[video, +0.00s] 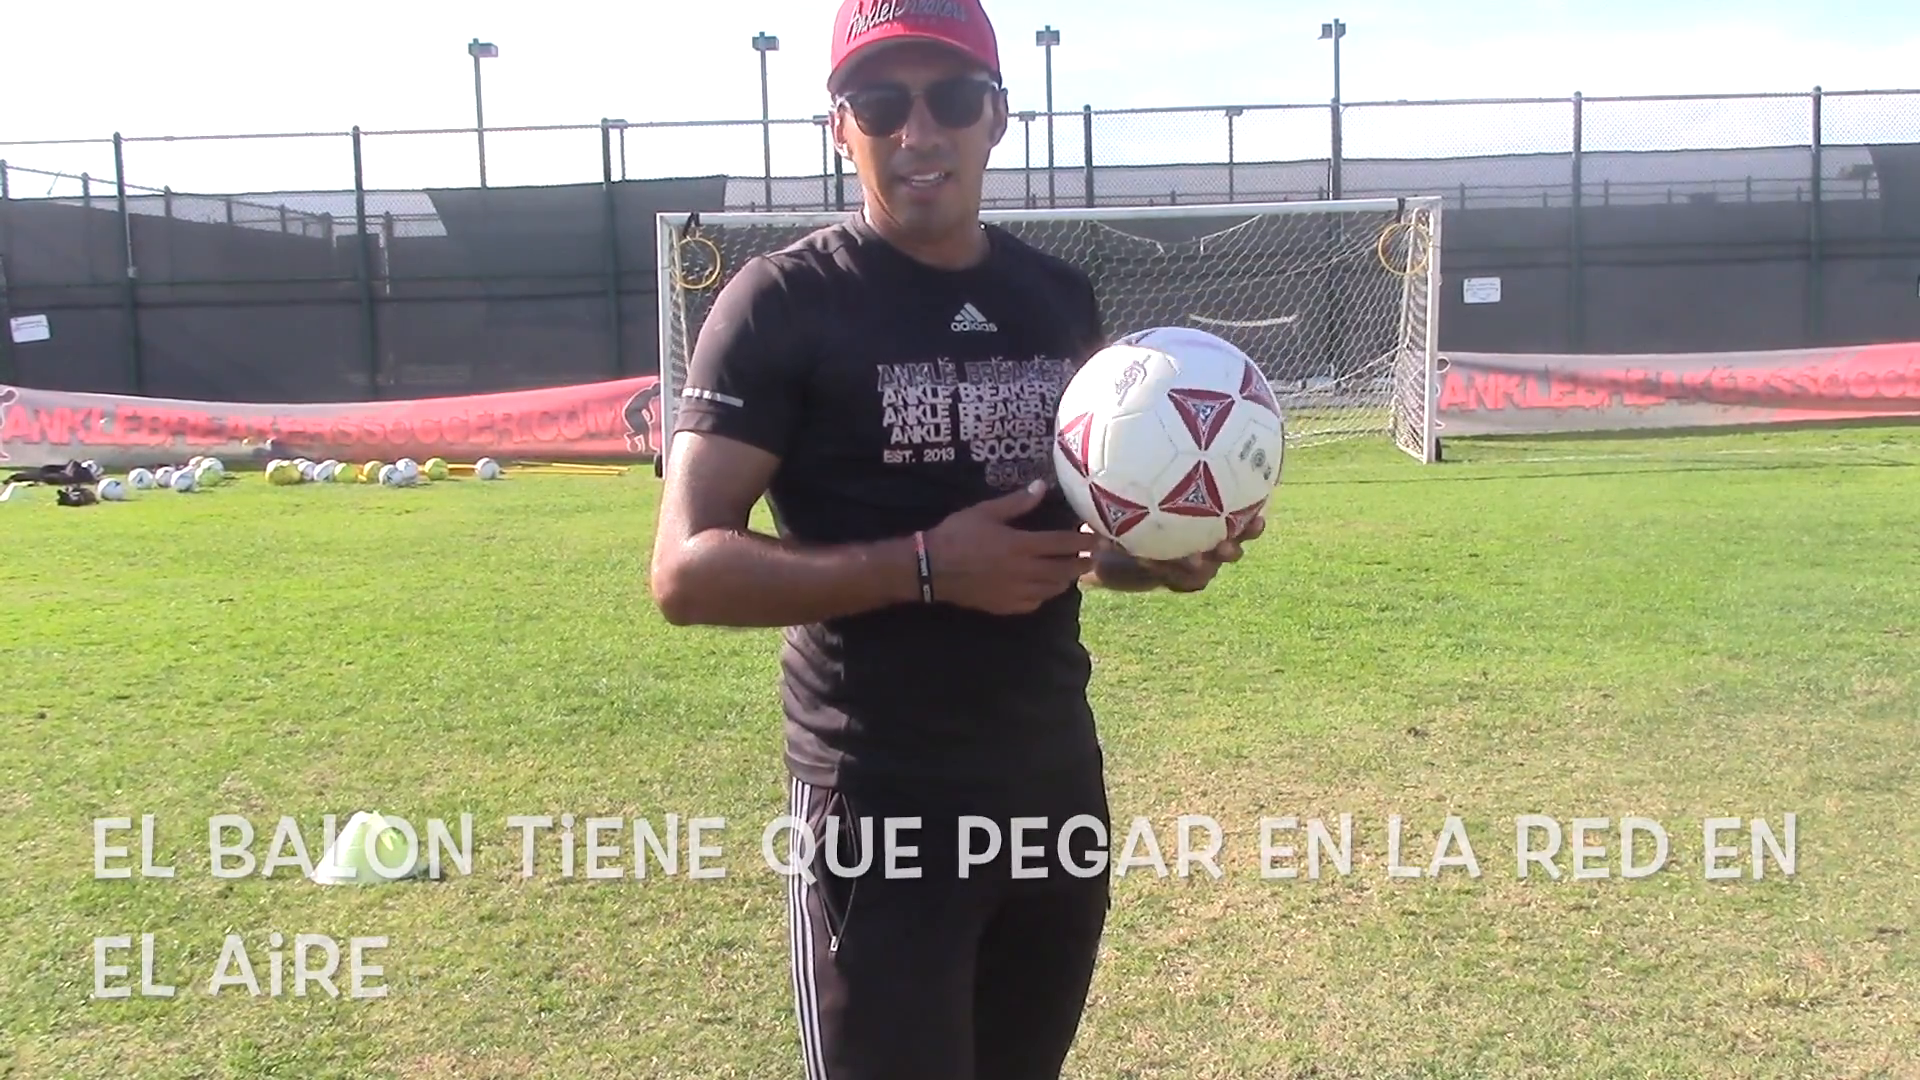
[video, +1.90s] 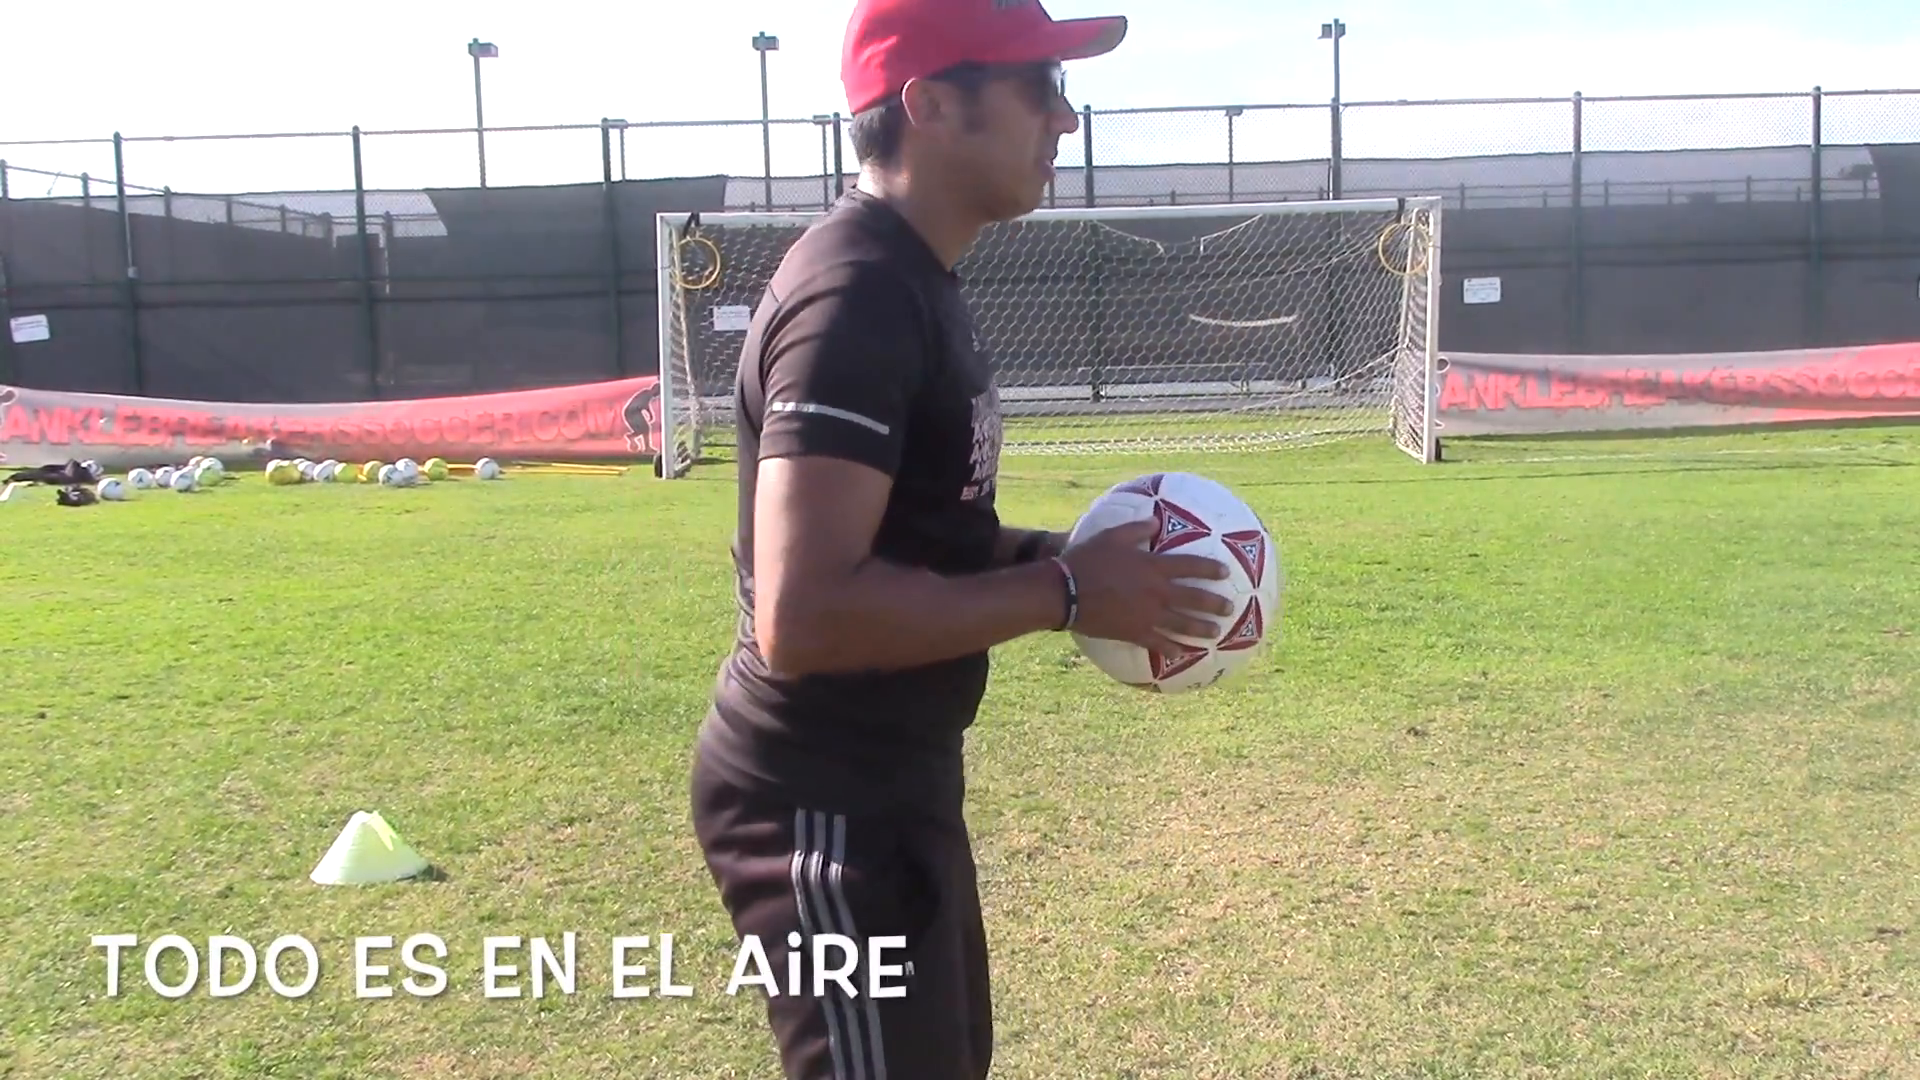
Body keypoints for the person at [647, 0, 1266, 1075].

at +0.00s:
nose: (920, 134)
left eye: (952, 101)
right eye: (884, 104)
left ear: (996, 118)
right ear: (841, 129)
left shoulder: (1056, 297)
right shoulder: (776, 304)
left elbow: (1087, 527)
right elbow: (685, 571)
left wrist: (1165, 553)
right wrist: (925, 564)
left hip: (1052, 772)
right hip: (873, 783)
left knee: (1022, 1063)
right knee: (889, 1062)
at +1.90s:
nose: (1066, 116)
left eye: (1056, 87)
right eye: (1037, 87)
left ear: (942, 109)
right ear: (931, 104)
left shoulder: (914, 280)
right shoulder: (859, 287)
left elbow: (924, 537)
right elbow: (801, 619)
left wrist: (1077, 573)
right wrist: (1065, 589)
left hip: (891, 784)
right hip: (828, 797)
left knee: (951, 1053)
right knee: (885, 1066)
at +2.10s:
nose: (1029, 147)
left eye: (1024, 119)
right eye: (1014, 118)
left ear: (916, 136)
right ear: (955, 132)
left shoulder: (812, 284)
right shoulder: (913, 293)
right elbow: (928, 583)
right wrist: (1097, 556)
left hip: (808, 759)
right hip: (843, 783)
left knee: (938, 1042)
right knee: (867, 1059)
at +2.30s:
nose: (999, 160)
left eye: (995, 139)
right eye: (990, 140)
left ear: (862, 167)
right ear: (964, 154)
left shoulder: (788, 296)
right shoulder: (954, 294)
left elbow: (723, 537)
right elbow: (984, 559)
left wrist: (910, 556)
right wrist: (1079, 554)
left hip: (765, 717)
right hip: (885, 745)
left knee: (881, 1055)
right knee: (999, 1059)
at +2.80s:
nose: (1063, 221)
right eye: (1063, 208)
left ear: (943, 213)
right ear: (1055, 217)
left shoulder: (853, 320)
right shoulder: (1090, 341)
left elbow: (779, 512)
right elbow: (1151, 550)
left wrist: (881, 559)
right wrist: (1095, 570)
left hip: (882, 681)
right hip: (1029, 688)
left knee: (900, 983)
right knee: (1038, 950)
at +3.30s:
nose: (1081, 245)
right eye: (1082, 232)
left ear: (985, 232)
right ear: (1080, 234)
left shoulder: (919, 327)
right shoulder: (1115, 329)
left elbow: (862, 492)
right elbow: (1186, 493)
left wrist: (919, 554)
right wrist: (1122, 523)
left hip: (957, 618)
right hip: (1078, 619)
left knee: (985, 831)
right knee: (1066, 856)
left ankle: (1007, 1021)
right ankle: (1063, 1057)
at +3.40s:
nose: (1072, 254)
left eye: (1064, 242)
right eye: (1071, 242)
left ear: (978, 242)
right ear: (1065, 243)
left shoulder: (915, 338)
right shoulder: (1099, 327)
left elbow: (877, 504)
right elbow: (1172, 488)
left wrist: (945, 561)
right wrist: (1125, 536)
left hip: (963, 610)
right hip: (1077, 610)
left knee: (994, 826)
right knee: (1079, 847)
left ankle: (1011, 1017)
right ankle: (1061, 1055)